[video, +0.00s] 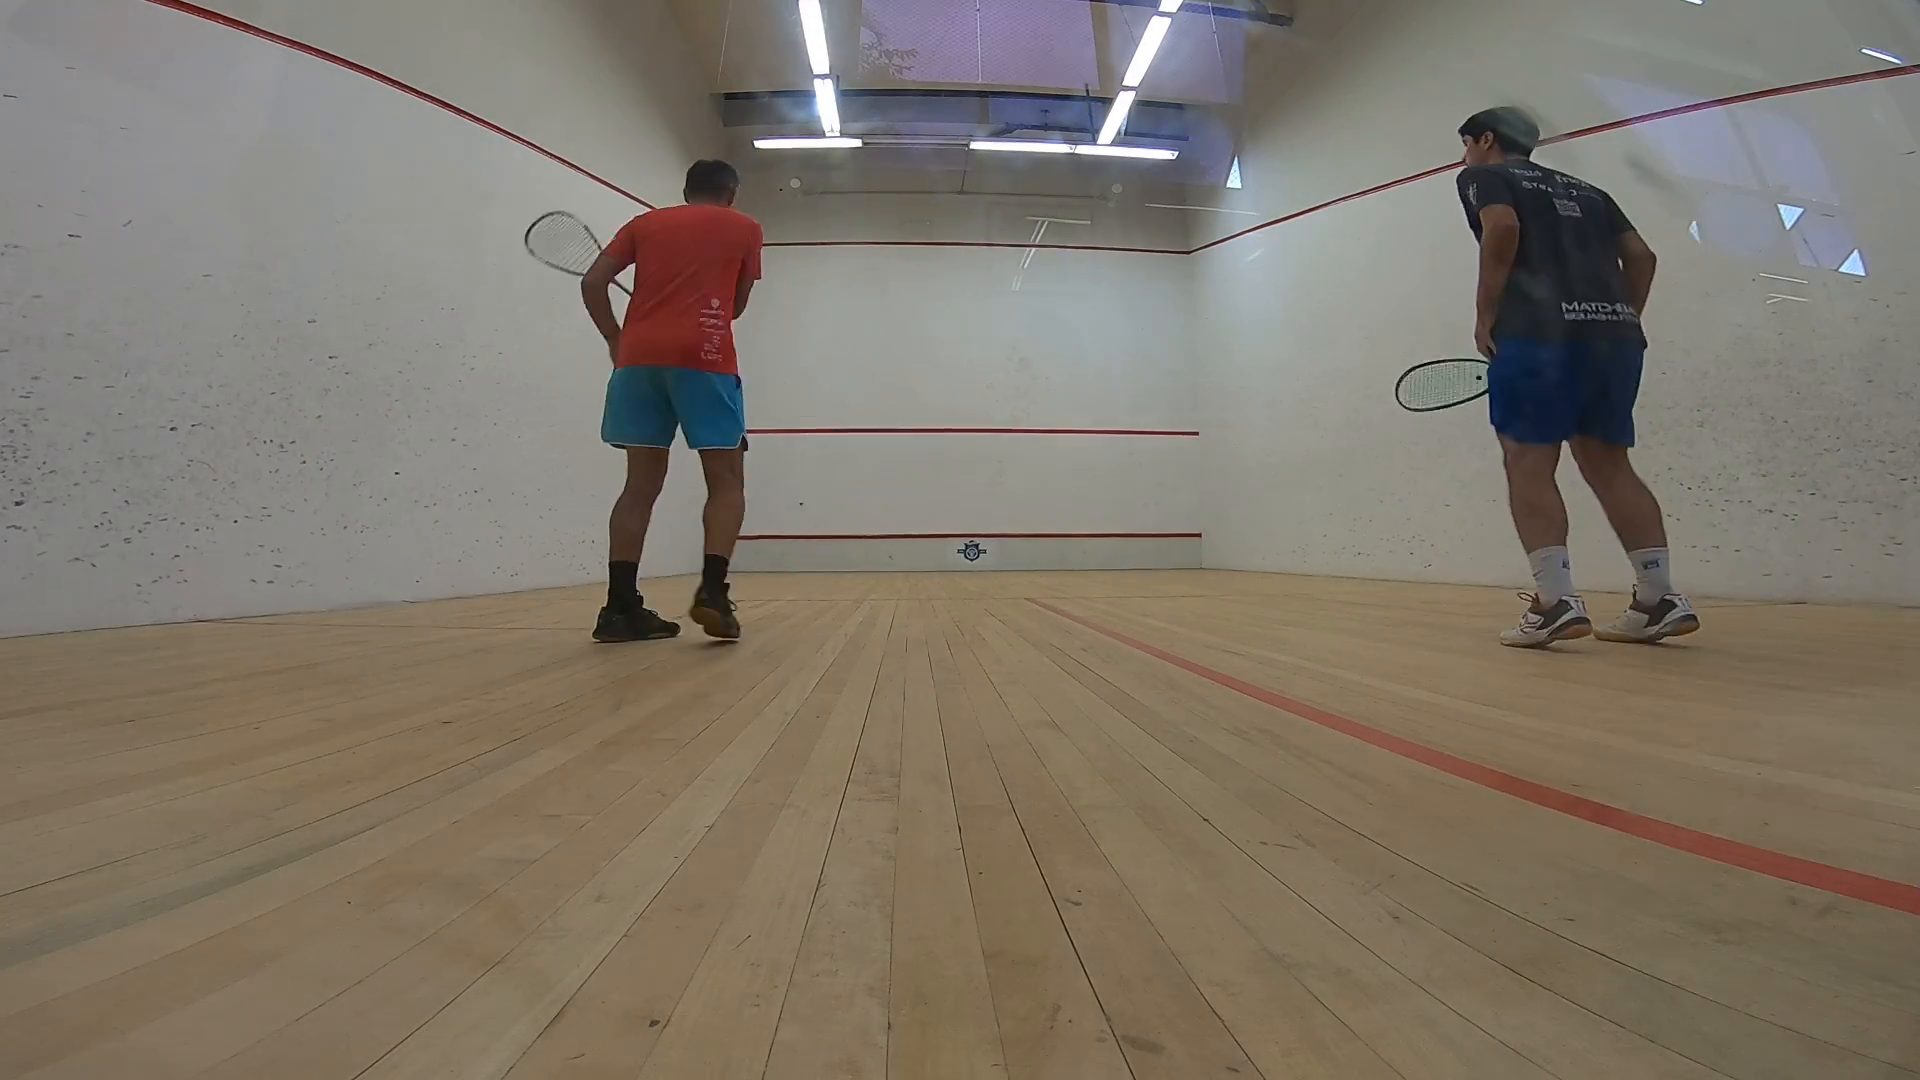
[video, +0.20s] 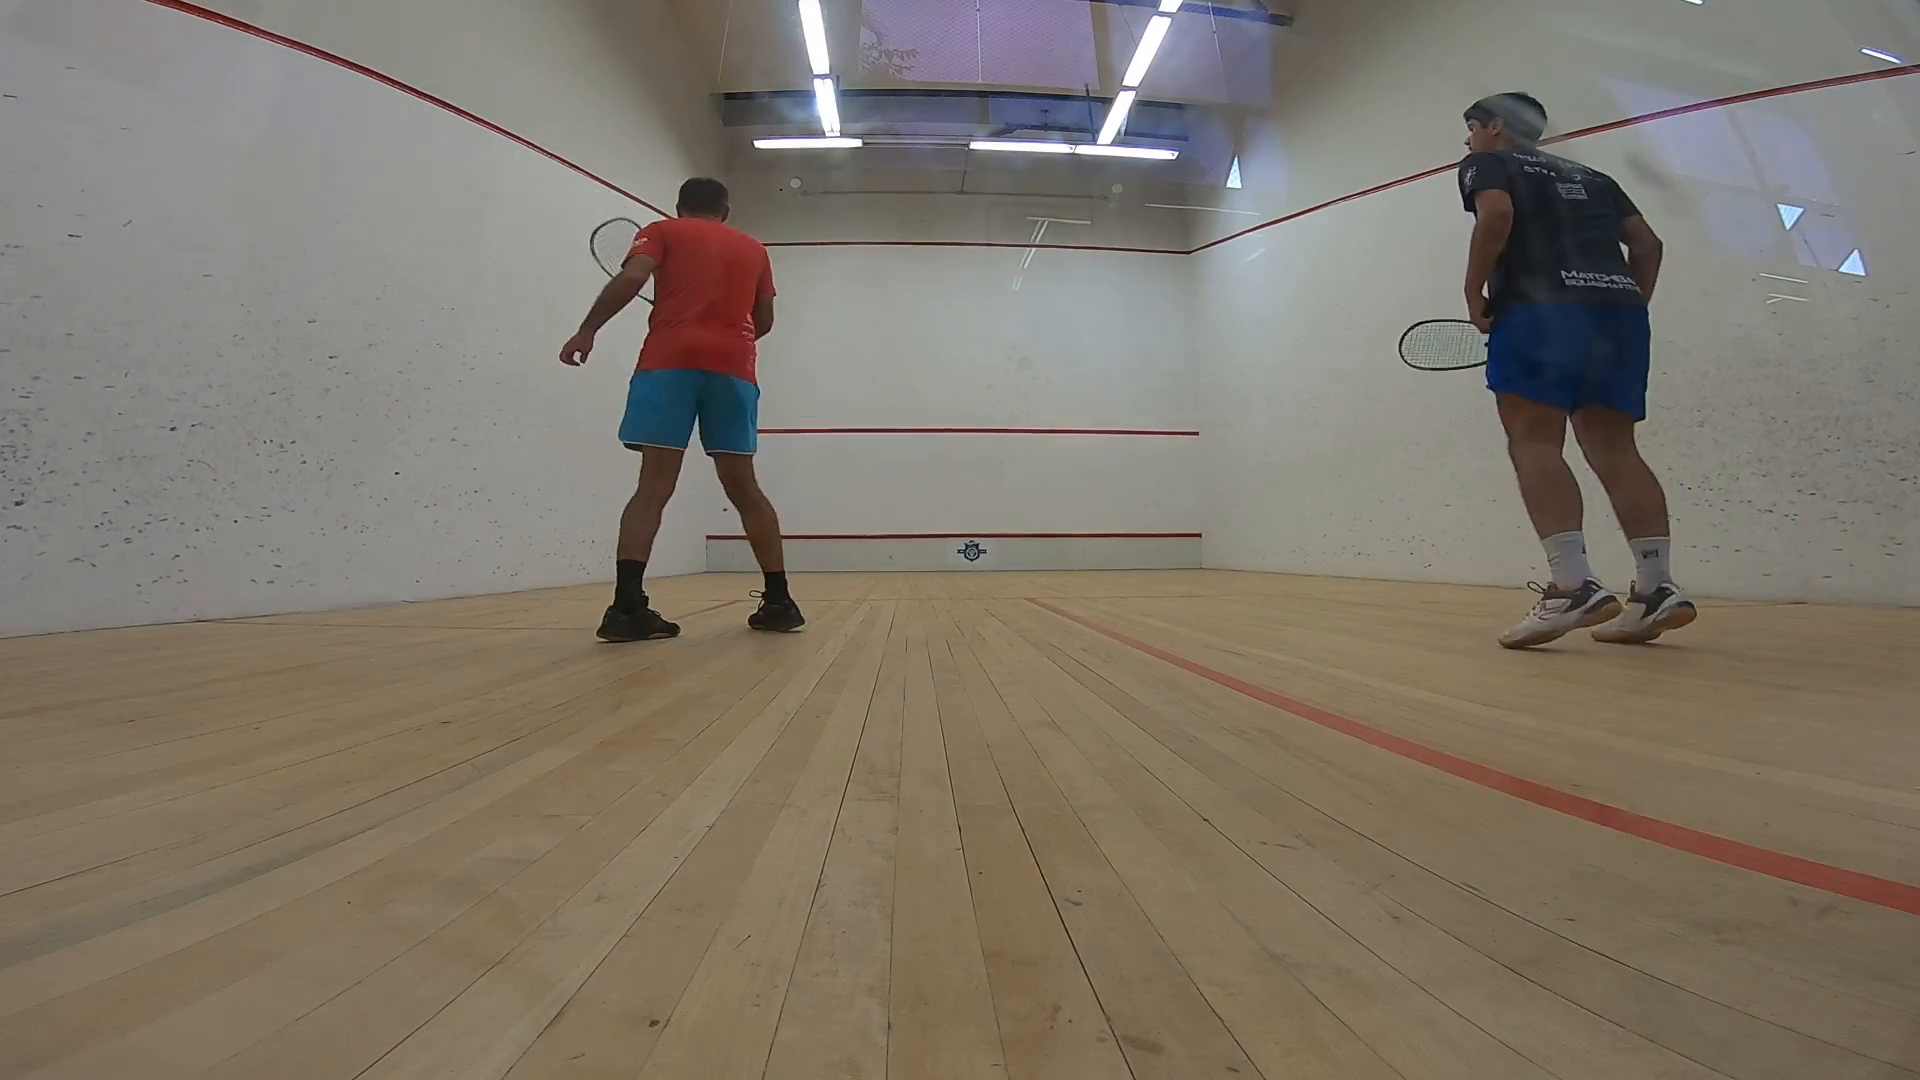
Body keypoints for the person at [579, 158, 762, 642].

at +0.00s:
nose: (734, 204)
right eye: (734, 198)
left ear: (686, 192)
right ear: (731, 196)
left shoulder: (647, 222)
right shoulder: (745, 228)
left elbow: (592, 283)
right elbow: (736, 304)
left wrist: (614, 337)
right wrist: (694, 336)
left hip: (637, 355)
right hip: (705, 359)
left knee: (641, 482)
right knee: (725, 483)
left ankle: (621, 607)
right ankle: (712, 594)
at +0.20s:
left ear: (680, 207)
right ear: (726, 213)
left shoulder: (662, 230)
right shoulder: (753, 249)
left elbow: (631, 278)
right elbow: (762, 322)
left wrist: (586, 331)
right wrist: (714, 337)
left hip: (668, 359)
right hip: (733, 367)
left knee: (654, 486)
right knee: (743, 485)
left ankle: (628, 605)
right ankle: (779, 600)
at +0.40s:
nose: (675, 230)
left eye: (676, 224)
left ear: (678, 222)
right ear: (720, 228)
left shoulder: (674, 237)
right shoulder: (751, 262)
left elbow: (682, 280)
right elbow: (772, 331)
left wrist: (629, 339)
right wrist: (711, 351)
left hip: (698, 373)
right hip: (755, 377)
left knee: (673, 489)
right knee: (753, 491)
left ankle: (687, 600)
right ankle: (785, 602)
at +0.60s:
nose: (654, 247)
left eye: (654, 241)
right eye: (655, 241)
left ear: (659, 234)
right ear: (698, 236)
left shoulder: (673, 251)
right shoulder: (725, 271)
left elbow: (698, 300)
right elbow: (724, 340)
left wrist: (662, 365)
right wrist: (673, 375)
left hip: (700, 383)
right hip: (743, 388)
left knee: (674, 493)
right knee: (710, 491)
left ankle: (716, 607)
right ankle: (769, 572)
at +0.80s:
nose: (637, 275)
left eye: (636, 266)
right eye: (636, 268)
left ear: (644, 255)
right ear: (670, 251)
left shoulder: (667, 265)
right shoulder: (687, 282)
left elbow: (704, 300)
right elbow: (693, 364)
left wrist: (667, 359)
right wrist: (634, 363)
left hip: (694, 395)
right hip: (724, 398)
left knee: (649, 491)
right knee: (697, 498)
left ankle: (709, 593)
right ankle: (739, 596)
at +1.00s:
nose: (586, 316)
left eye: (584, 306)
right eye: (583, 310)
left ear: (593, 293)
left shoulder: (642, 293)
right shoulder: (618, 343)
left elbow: (706, 313)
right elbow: (577, 382)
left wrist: (701, 359)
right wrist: (561, 337)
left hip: (685, 401)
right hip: (717, 408)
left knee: (603, 475)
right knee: (680, 504)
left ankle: (581, 595)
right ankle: (735, 596)